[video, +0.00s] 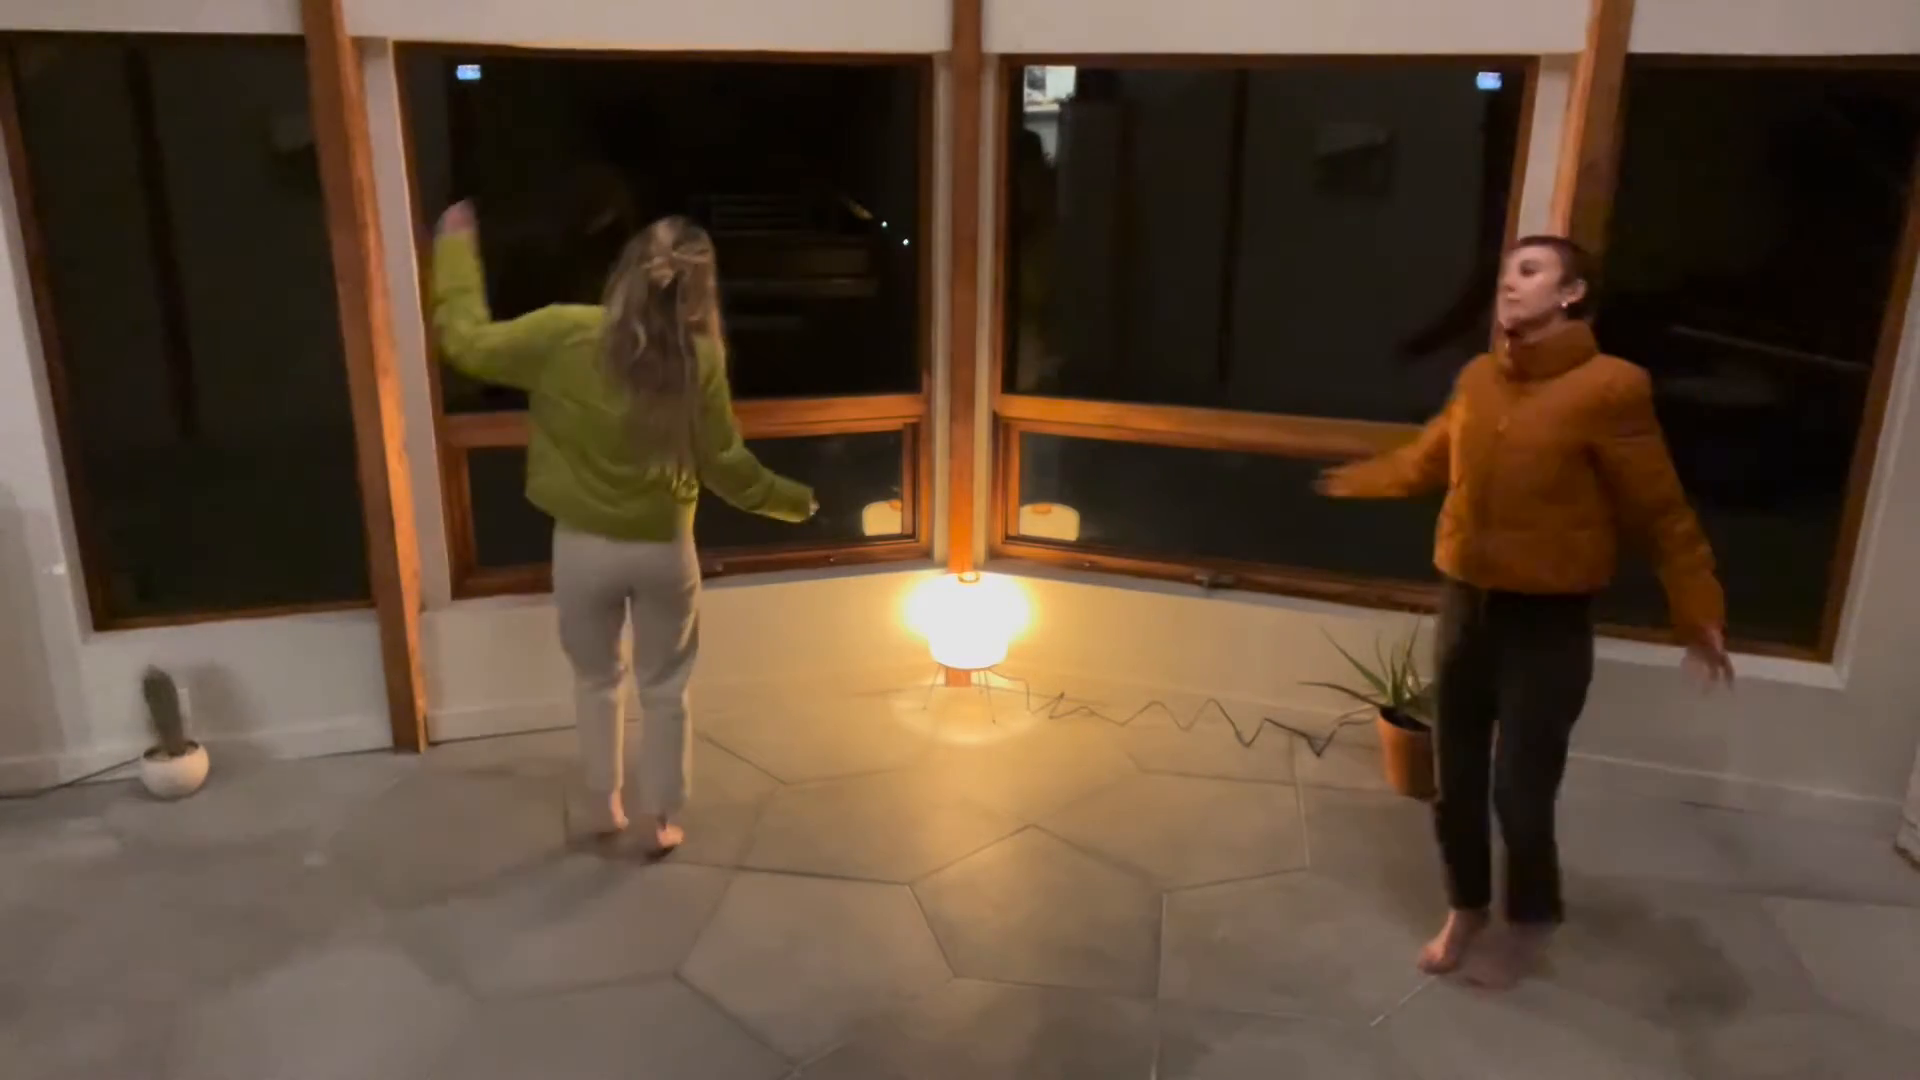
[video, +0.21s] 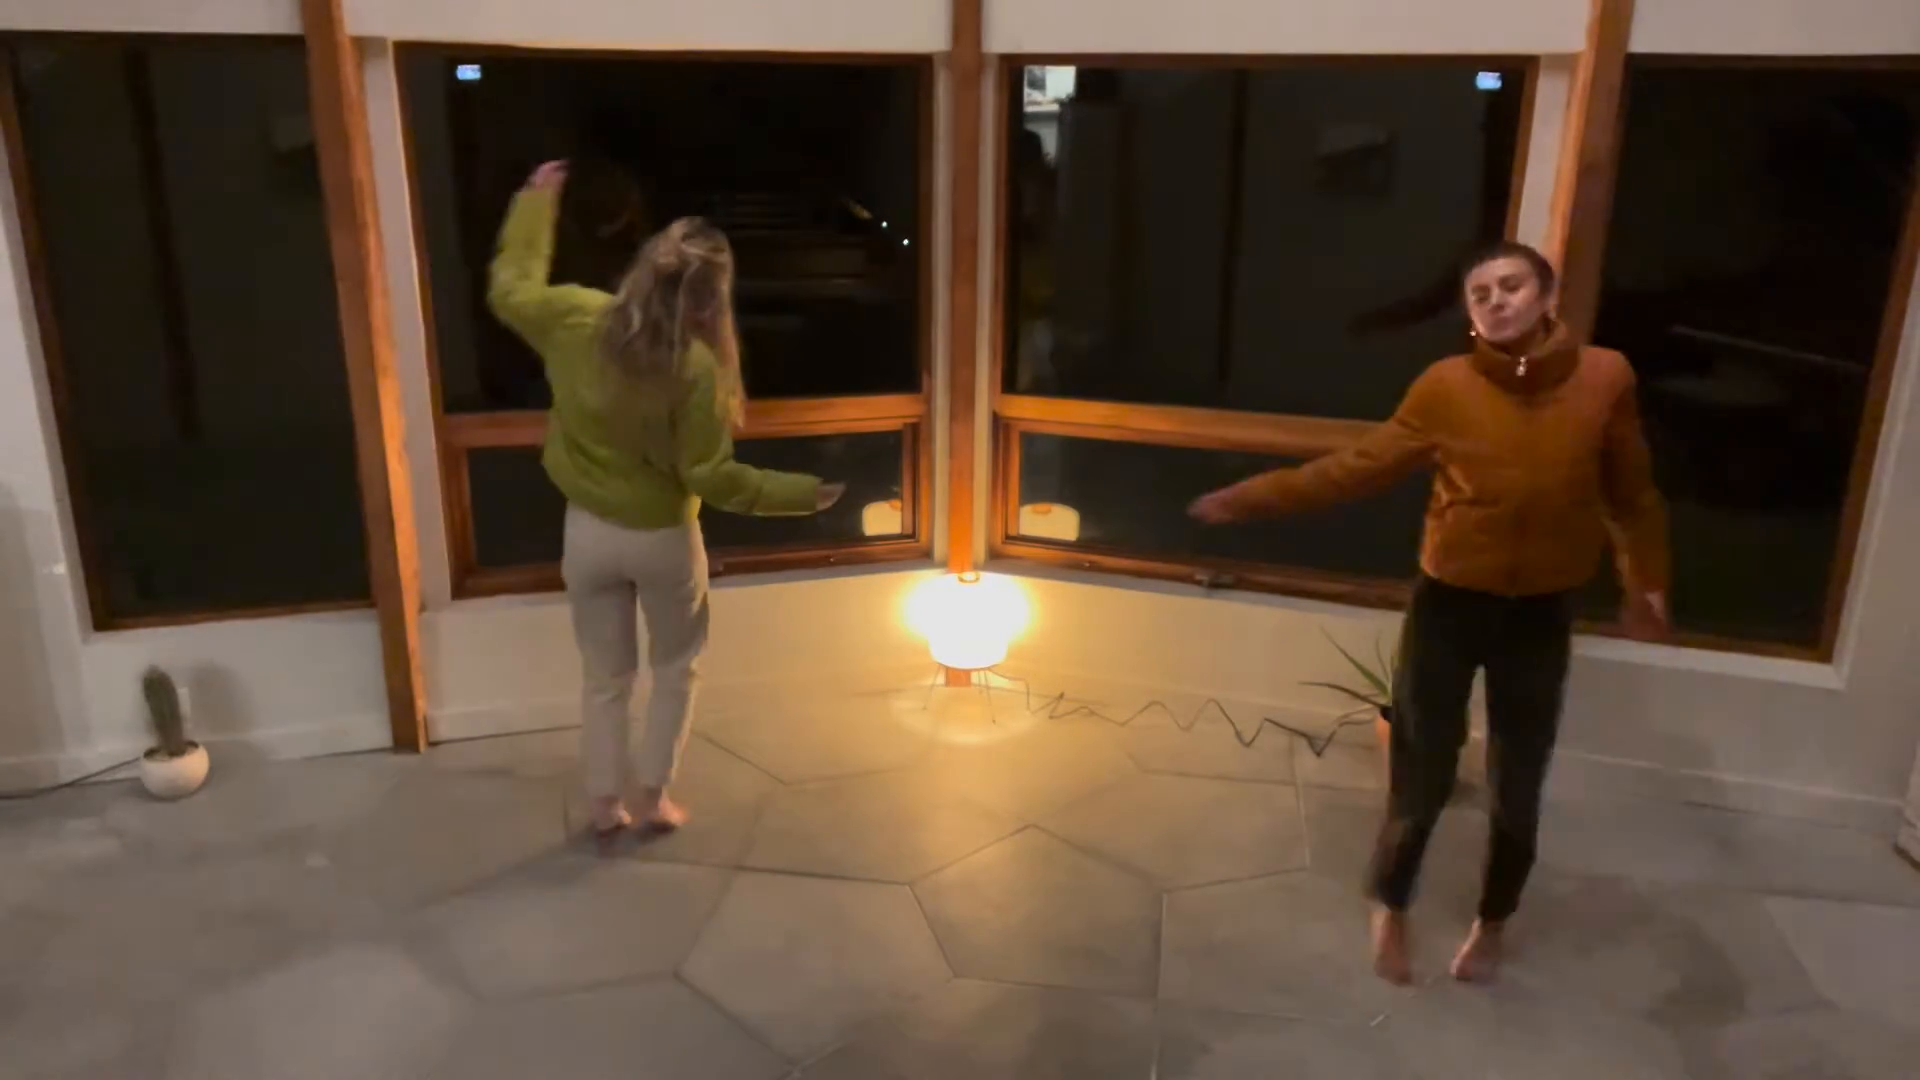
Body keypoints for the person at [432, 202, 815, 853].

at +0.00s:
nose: (715, 297)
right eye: (708, 284)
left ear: (631, 273)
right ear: (698, 291)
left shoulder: (564, 333)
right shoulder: (701, 356)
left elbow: (468, 343)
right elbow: (726, 462)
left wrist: (454, 246)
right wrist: (793, 501)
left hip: (584, 553)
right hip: (665, 555)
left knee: (596, 681)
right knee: (664, 686)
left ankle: (604, 806)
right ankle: (665, 821)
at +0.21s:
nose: (721, 311)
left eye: (721, 298)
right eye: (718, 298)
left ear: (644, 276)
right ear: (701, 300)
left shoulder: (579, 318)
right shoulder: (696, 367)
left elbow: (511, 290)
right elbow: (706, 474)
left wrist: (535, 200)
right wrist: (804, 495)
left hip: (587, 535)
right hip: (664, 542)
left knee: (604, 677)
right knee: (675, 666)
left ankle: (603, 805)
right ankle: (648, 795)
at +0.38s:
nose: (738, 313)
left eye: (740, 299)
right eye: (735, 300)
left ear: (660, 274)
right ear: (710, 301)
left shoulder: (600, 311)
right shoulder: (694, 367)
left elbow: (577, 263)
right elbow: (698, 478)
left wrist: (616, 189)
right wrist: (799, 479)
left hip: (602, 527)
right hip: (666, 542)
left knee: (632, 655)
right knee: (676, 668)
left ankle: (627, 776)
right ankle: (658, 799)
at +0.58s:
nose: (740, 316)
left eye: (743, 305)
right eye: (734, 304)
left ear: (691, 294)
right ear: (705, 301)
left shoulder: (667, 315)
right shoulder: (667, 366)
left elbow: (701, 259)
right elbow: (673, 461)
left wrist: (744, 202)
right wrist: (746, 432)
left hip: (650, 523)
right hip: (665, 534)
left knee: (672, 644)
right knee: (702, 655)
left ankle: (640, 764)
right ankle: (664, 776)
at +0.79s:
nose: (732, 308)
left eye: (734, 295)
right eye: (725, 298)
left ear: (730, 295)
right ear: (690, 298)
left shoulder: (726, 322)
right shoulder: (642, 359)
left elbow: (785, 290)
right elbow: (646, 453)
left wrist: (849, 240)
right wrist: (689, 390)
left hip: (717, 524)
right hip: (669, 539)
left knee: (722, 651)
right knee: (716, 663)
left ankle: (685, 761)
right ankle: (670, 776)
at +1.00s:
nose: (730, 306)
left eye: (739, 294)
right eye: (719, 294)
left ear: (749, 285)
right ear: (686, 284)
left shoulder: (765, 320)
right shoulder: (649, 345)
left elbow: (848, 324)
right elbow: (608, 443)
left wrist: (928, 298)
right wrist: (625, 364)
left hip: (752, 528)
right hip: (686, 539)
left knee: (770, 660)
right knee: (714, 664)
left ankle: (740, 758)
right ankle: (692, 782)